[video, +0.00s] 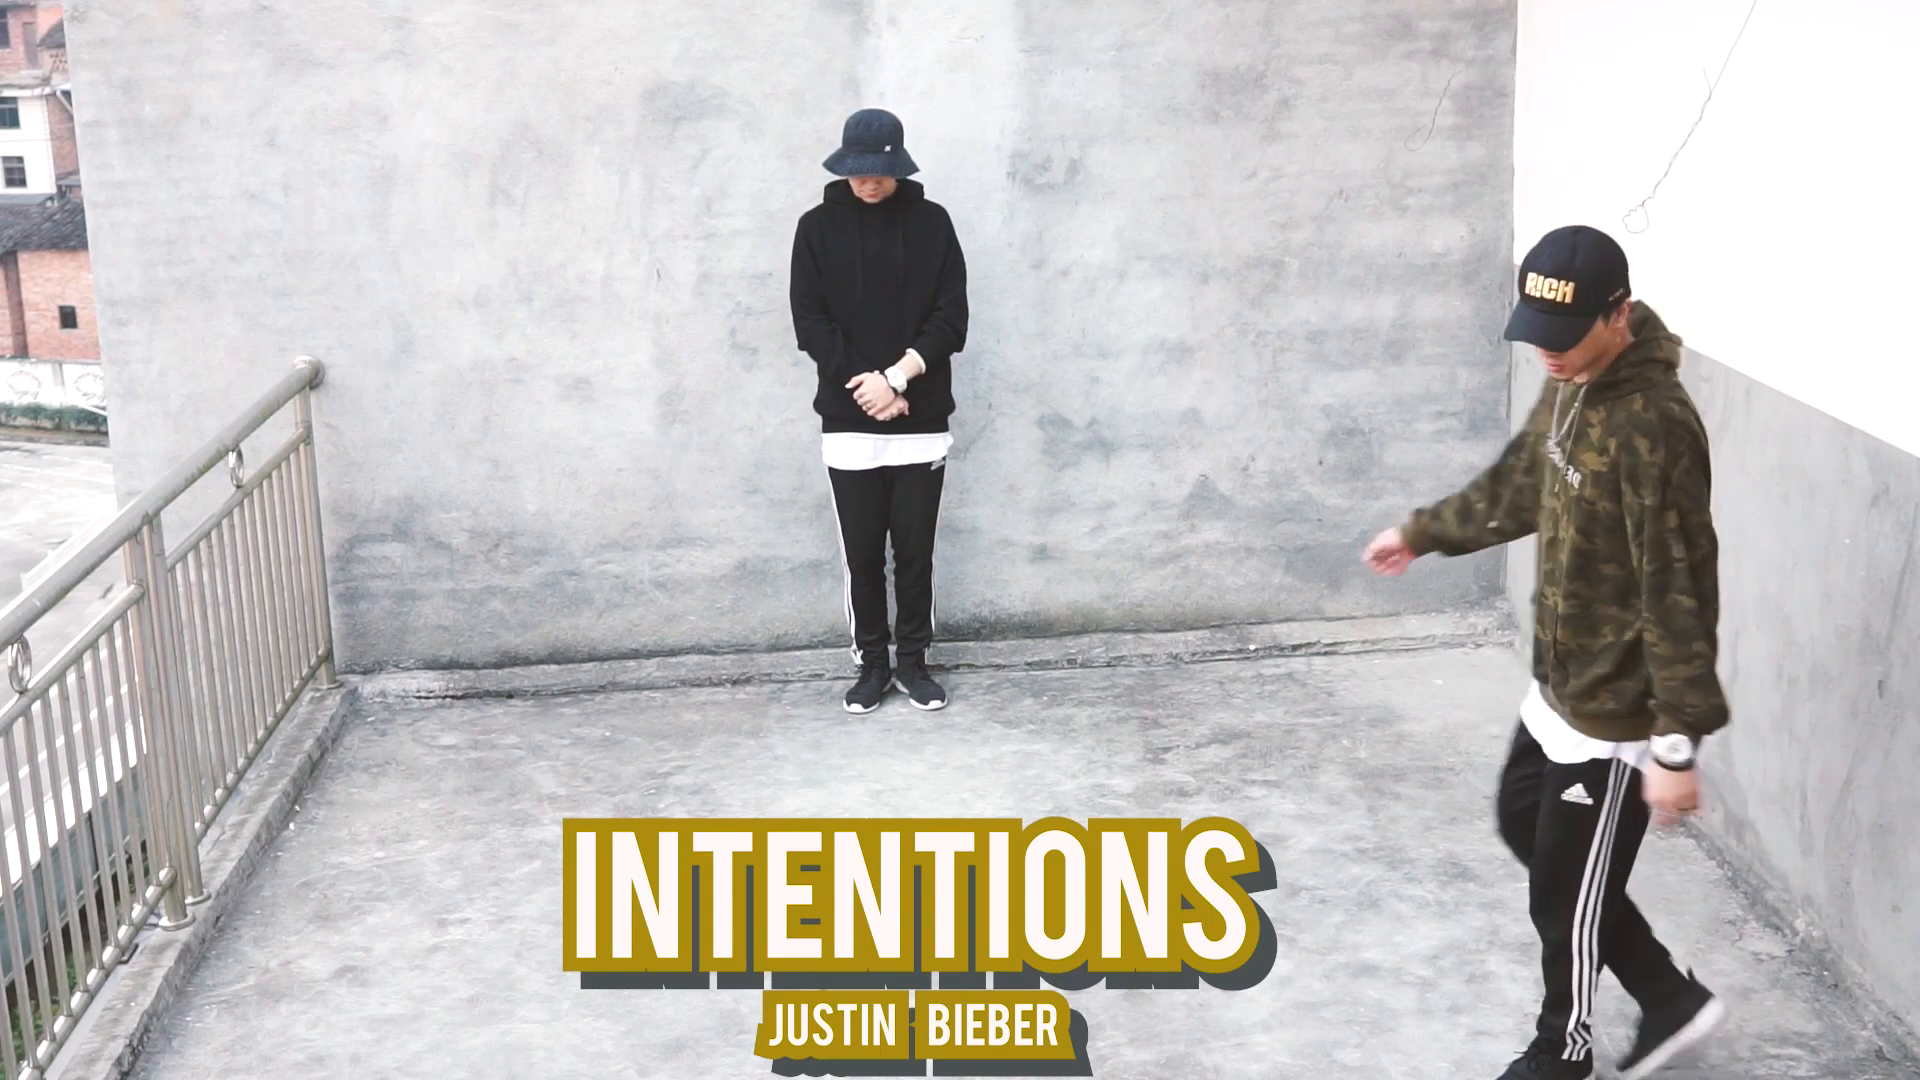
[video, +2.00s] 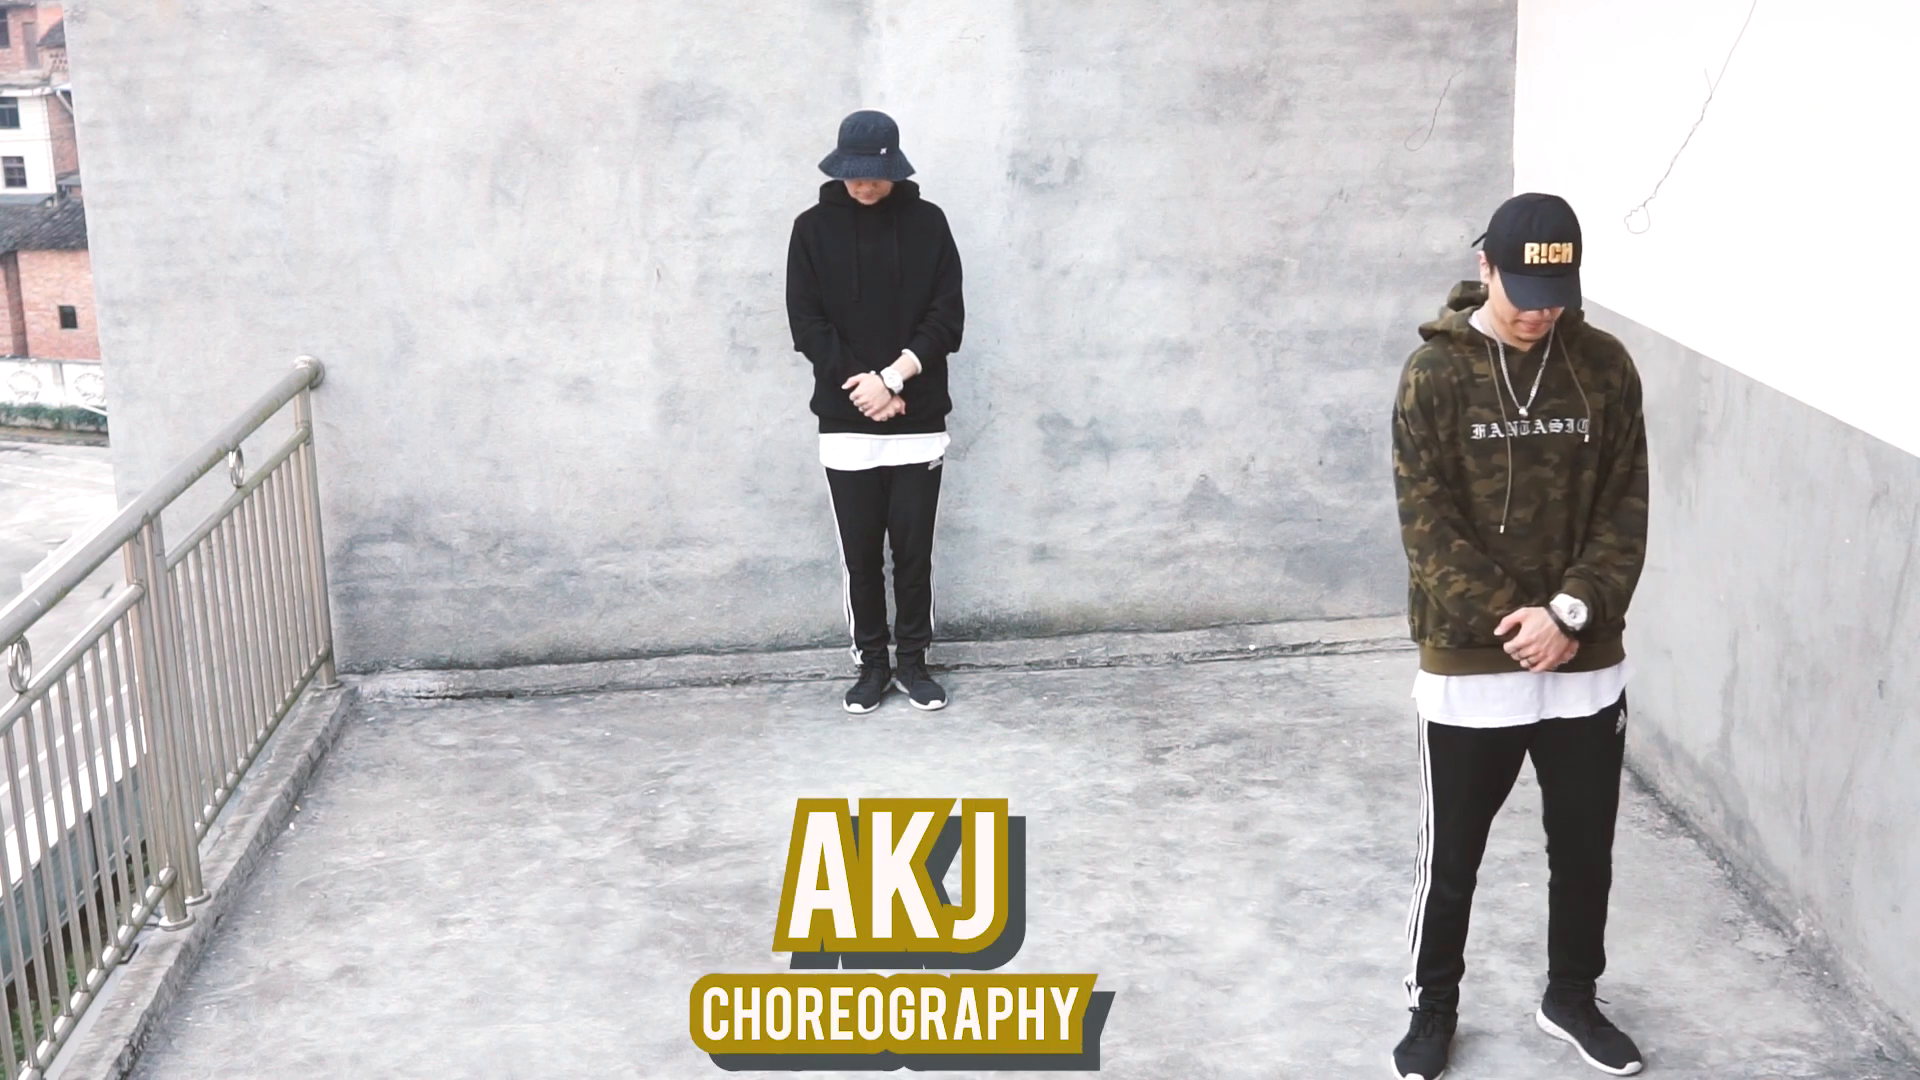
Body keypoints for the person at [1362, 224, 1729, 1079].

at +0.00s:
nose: (1549, 356)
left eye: (1565, 339)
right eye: (1539, 339)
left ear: (1619, 317)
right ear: (1531, 317)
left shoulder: (1655, 427)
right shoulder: (1571, 386)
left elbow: (1678, 591)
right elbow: (1518, 486)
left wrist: (1676, 747)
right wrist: (1423, 531)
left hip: (1621, 714)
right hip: (1560, 686)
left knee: (1569, 898)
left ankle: (1563, 1051)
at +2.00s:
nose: (1542, 314)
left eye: (1557, 297)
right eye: (1525, 295)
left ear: (1578, 279)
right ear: (1487, 267)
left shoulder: (1606, 365)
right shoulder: (1436, 369)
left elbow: (1627, 509)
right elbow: (1426, 522)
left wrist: (1574, 611)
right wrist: (1520, 624)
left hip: (1586, 661)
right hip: (1470, 666)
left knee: (1585, 850)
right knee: (1452, 853)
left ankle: (1573, 996)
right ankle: (1432, 1004)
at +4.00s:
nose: (1546, 300)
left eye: (1561, 284)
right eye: (1530, 281)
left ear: (1582, 271)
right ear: (1492, 259)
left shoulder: (1609, 363)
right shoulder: (1441, 363)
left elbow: (1629, 508)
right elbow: (1433, 514)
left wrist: (1576, 612)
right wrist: (1520, 620)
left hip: (1585, 660)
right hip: (1471, 662)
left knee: (1575, 850)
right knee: (1453, 854)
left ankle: (1571, 998)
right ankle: (1433, 1007)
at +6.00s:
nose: (1547, 300)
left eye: (1562, 284)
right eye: (1531, 281)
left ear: (1582, 271)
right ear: (1491, 259)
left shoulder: (1610, 364)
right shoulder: (1440, 363)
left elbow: (1628, 508)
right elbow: (1431, 514)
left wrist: (1574, 613)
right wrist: (1519, 621)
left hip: (1583, 661)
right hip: (1469, 663)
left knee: (1574, 850)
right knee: (1452, 853)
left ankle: (1571, 998)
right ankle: (1433, 1006)